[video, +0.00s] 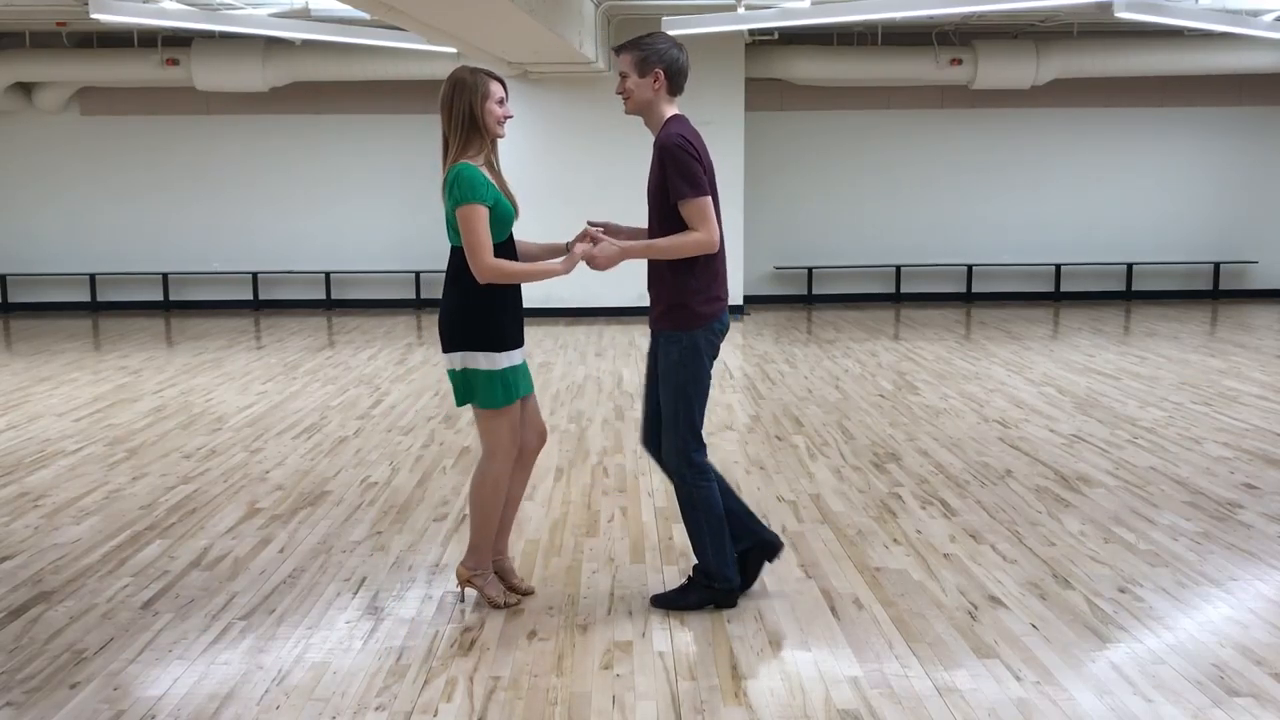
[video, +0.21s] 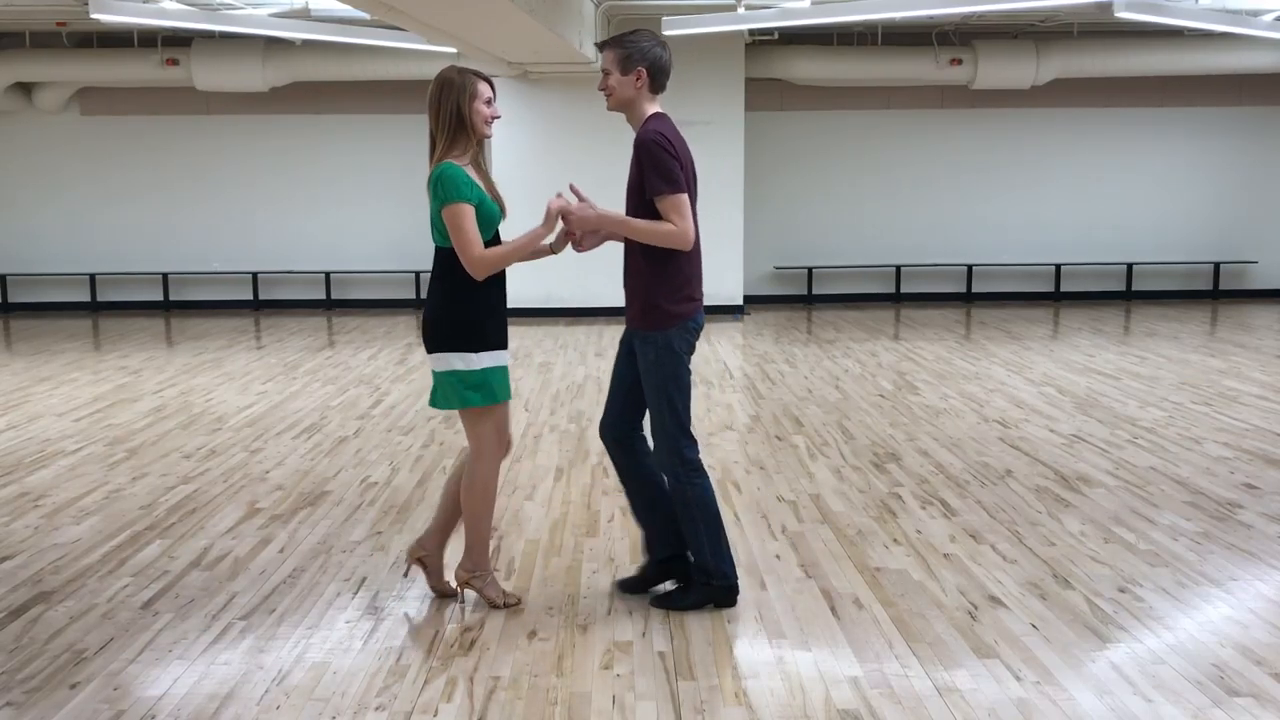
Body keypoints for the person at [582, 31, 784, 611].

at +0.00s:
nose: (618, 87)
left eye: (624, 77)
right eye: (618, 77)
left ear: (655, 78)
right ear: (656, 79)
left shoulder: (676, 142)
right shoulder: (669, 140)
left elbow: (707, 237)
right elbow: (680, 233)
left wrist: (627, 250)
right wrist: (622, 234)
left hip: (691, 321)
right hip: (674, 319)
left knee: (682, 448)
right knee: (659, 439)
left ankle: (718, 575)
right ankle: (750, 541)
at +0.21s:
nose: (600, 86)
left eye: (606, 75)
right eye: (601, 75)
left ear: (639, 77)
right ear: (639, 79)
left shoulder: (655, 138)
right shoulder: (653, 135)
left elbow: (682, 233)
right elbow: (664, 227)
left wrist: (603, 220)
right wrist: (605, 226)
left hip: (667, 320)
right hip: (648, 319)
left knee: (672, 446)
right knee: (620, 431)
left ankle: (716, 578)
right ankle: (669, 555)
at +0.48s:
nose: (573, 85)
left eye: (580, 74)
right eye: (573, 75)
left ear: (612, 77)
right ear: (612, 79)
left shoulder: (628, 139)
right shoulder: (625, 136)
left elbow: (648, 240)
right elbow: (626, 233)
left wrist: (574, 235)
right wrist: (568, 234)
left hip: (622, 318)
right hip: (615, 315)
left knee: (600, 446)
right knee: (607, 443)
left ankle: (678, 556)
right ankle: (630, 566)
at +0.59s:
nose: (565, 84)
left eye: (572, 74)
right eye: (566, 74)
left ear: (603, 77)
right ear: (604, 78)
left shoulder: (620, 143)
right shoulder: (616, 139)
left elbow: (641, 242)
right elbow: (619, 236)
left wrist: (560, 251)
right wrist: (556, 254)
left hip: (610, 320)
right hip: (611, 316)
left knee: (570, 442)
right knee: (606, 436)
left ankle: (628, 569)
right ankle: (637, 567)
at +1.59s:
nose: (586, 85)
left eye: (591, 74)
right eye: (586, 74)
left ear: (623, 74)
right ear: (622, 77)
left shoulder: (641, 136)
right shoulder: (640, 133)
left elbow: (667, 231)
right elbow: (641, 226)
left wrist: (587, 224)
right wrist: (581, 214)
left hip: (645, 320)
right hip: (629, 317)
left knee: (654, 445)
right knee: (609, 434)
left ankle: (710, 570)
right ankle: (630, 563)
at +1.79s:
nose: (607, 88)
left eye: (613, 77)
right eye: (607, 78)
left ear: (645, 78)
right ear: (645, 80)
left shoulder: (663, 141)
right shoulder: (663, 137)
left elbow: (687, 239)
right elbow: (667, 236)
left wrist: (607, 263)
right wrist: (607, 241)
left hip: (677, 322)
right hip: (660, 320)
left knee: (668, 446)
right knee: (636, 436)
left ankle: (713, 580)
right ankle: (685, 565)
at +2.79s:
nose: (577, 82)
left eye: (583, 72)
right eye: (577, 72)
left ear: (614, 75)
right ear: (614, 77)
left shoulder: (627, 139)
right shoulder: (633, 134)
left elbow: (644, 236)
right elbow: (634, 224)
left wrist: (572, 217)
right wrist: (578, 224)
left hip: (629, 318)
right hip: (619, 316)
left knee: (615, 442)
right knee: (607, 440)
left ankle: (696, 558)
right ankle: (632, 568)